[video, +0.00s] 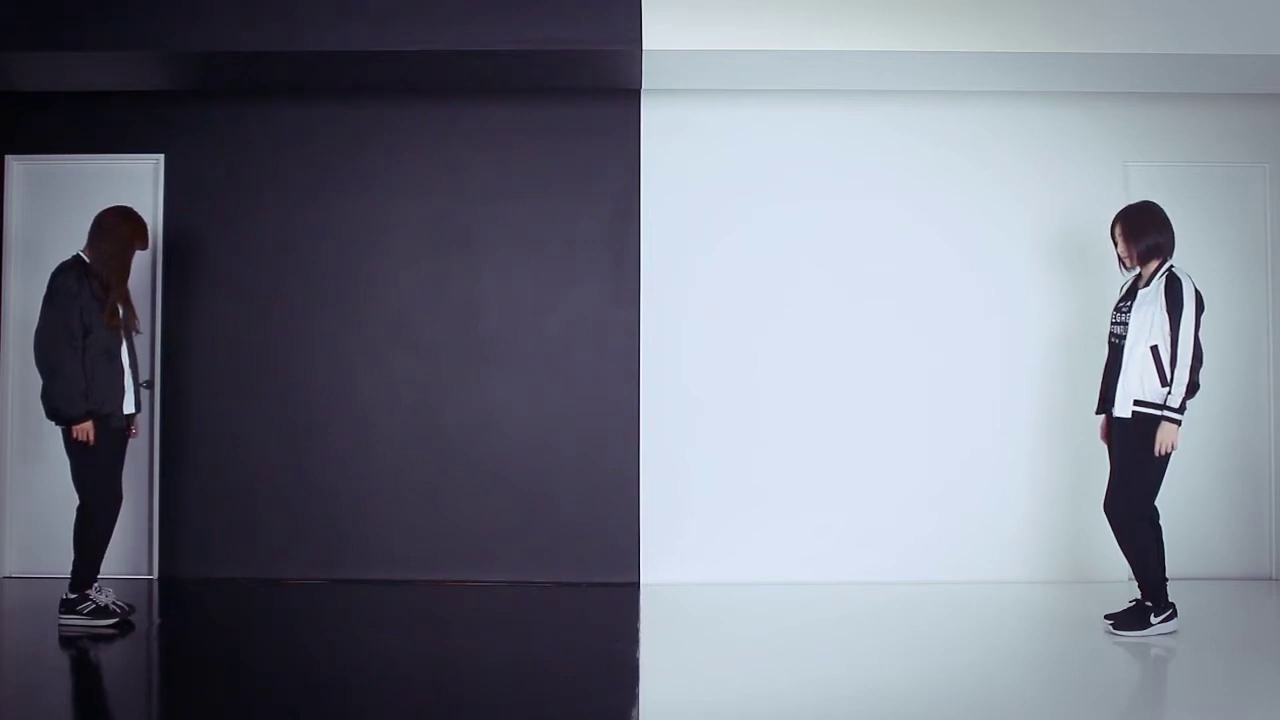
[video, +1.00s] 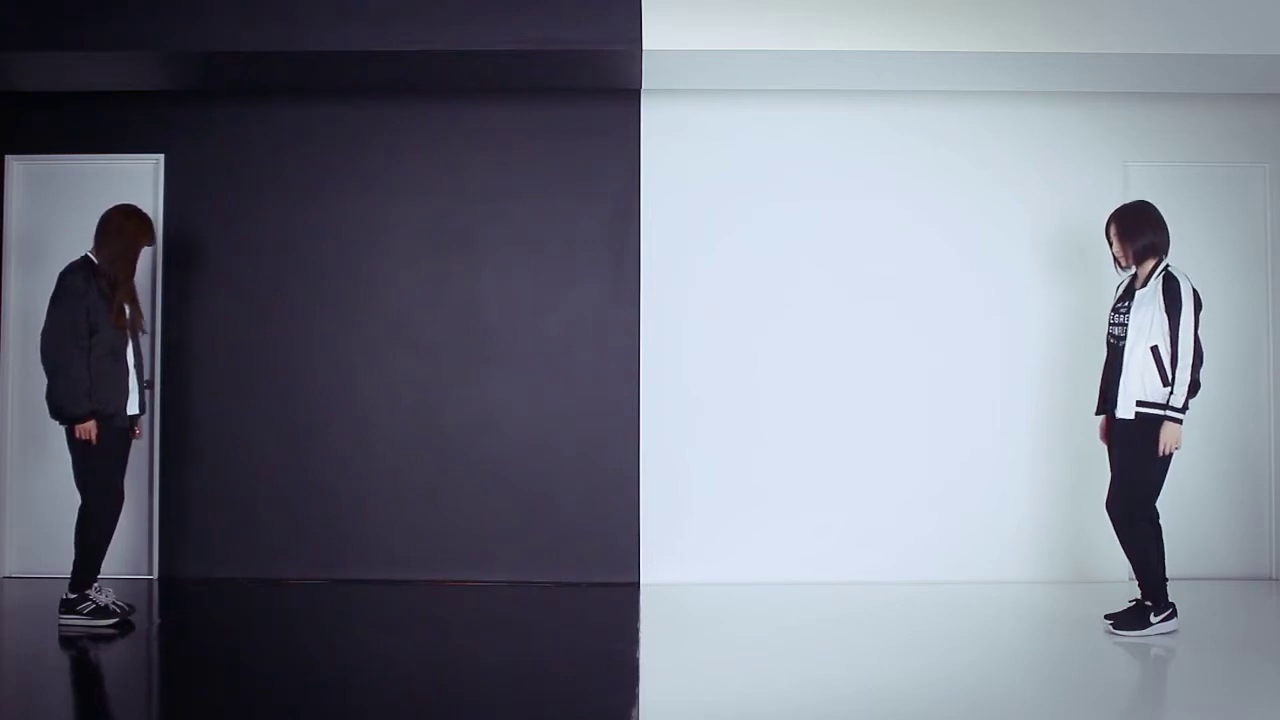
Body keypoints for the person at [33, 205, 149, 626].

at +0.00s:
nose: (132, 259)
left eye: (135, 251)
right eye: (130, 250)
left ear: (108, 240)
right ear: (113, 244)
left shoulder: (109, 283)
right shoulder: (71, 278)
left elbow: (119, 354)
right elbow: (56, 349)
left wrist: (130, 410)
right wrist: (76, 412)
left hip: (112, 415)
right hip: (86, 416)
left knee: (108, 499)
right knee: (98, 501)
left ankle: (86, 590)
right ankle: (77, 597)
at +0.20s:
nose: (132, 259)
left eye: (135, 251)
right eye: (130, 250)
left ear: (107, 240)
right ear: (113, 244)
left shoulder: (109, 283)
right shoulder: (70, 278)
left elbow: (118, 353)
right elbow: (55, 349)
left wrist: (130, 410)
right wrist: (75, 412)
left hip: (112, 415)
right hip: (86, 416)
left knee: (107, 499)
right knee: (98, 501)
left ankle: (86, 590)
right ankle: (77, 597)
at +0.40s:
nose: (132, 259)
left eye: (135, 251)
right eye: (130, 250)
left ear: (107, 240)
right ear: (113, 244)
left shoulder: (109, 283)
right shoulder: (70, 278)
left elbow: (118, 354)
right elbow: (55, 350)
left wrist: (130, 410)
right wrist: (75, 412)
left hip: (112, 415)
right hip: (86, 416)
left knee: (107, 501)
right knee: (97, 502)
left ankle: (86, 590)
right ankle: (77, 597)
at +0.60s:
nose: (133, 259)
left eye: (136, 251)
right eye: (131, 250)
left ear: (108, 240)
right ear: (114, 244)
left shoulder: (109, 283)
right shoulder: (71, 278)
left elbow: (118, 354)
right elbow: (55, 349)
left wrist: (129, 410)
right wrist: (76, 412)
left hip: (111, 415)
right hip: (87, 417)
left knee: (106, 501)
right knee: (98, 502)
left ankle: (86, 590)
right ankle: (77, 597)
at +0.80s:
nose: (134, 258)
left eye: (137, 250)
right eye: (133, 249)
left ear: (110, 240)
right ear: (116, 243)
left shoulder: (112, 283)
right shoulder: (73, 279)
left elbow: (121, 353)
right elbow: (57, 349)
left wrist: (132, 409)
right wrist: (76, 411)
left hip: (113, 415)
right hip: (87, 416)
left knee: (107, 500)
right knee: (98, 501)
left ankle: (86, 590)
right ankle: (78, 597)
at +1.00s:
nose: (138, 257)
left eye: (141, 249)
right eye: (137, 247)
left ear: (113, 238)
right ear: (121, 241)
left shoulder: (116, 283)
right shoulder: (78, 279)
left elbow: (122, 355)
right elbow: (60, 349)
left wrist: (132, 412)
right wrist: (79, 411)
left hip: (115, 415)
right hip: (89, 417)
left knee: (109, 499)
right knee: (100, 500)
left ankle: (86, 589)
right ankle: (78, 596)